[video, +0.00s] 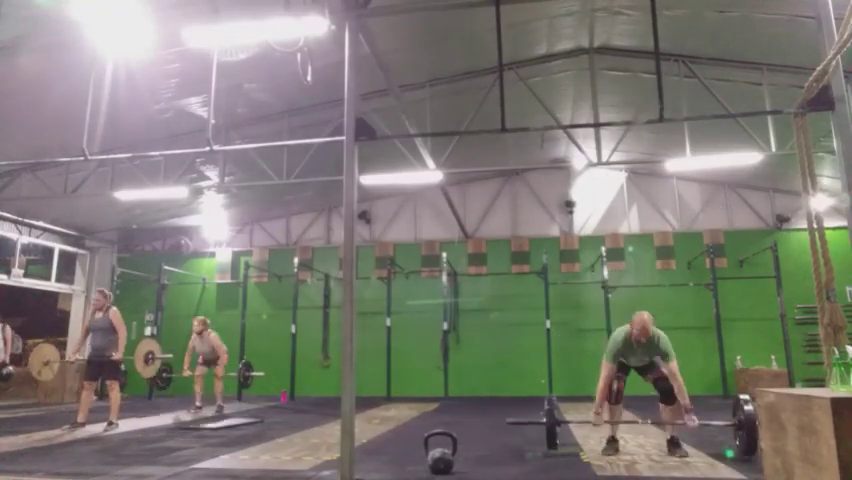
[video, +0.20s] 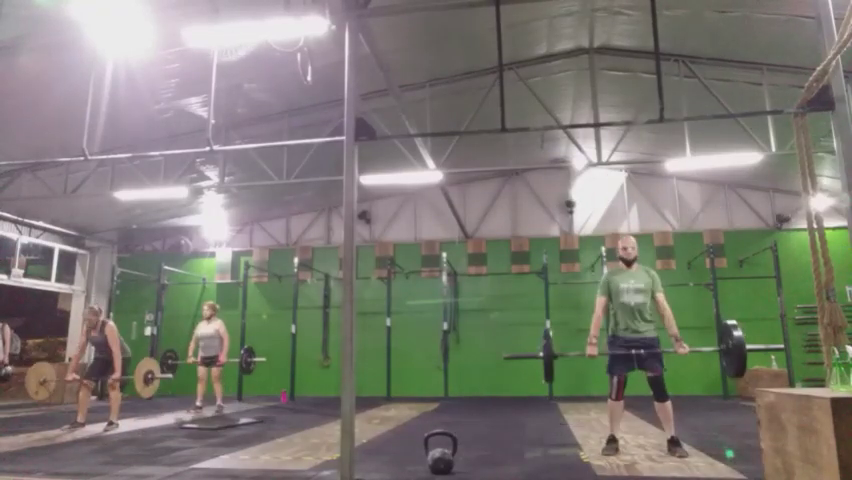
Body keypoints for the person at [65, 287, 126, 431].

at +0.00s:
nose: (94, 302)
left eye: (98, 300)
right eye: (94, 300)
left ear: (106, 301)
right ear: (94, 300)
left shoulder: (112, 312)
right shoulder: (93, 314)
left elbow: (122, 331)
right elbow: (85, 333)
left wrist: (120, 352)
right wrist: (76, 351)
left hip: (110, 355)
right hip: (94, 355)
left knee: (113, 385)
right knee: (88, 386)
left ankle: (113, 420)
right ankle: (80, 420)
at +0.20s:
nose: (87, 322)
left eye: (90, 319)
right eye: (86, 319)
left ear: (98, 318)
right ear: (85, 318)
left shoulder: (109, 327)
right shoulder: (87, 328)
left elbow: (116, 350)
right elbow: (80, 349)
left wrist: (117, 372)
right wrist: (71, 371)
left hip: (118, 357)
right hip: (101, 357)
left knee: (113, 384)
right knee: (86, 384)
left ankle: (113, 420)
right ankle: (80, 420)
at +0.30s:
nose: (85, 339)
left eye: (87, 336)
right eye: (83, 336)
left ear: (96, 333)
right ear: (82, 335)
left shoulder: (108, 340)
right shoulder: (85, 342)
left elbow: (114, 364)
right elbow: (77, 363)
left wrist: (114, 386)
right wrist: (67, 386)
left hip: (121, 364)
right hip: (102, 365)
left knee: (110, 385)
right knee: (81, 386)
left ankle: (113, 421)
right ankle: (80, 421)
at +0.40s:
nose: (85, 349)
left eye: (87, 347)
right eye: (83, 347)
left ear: (95, 344)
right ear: (81, 346)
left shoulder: (107, 352)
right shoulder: (85, 353)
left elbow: (113, 377)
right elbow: (76, 374)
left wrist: (113, 399)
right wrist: (65, 398)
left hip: (120, 374)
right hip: (100, 375)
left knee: (105, 388)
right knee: (77, 388)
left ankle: (112, 421)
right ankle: (80, 420)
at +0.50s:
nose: (85, 347)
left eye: (88, 345)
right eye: (84, 345)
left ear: (96, 343)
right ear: (82, 344)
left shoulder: (108, 351)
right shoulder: (86, 351)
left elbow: (113, 376)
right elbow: (77, 374)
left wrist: (114, 399)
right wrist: (66, 397)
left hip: (120, 373)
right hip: (100, 373)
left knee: (105, 387)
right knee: (78, 387)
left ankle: (112, 421)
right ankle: (80, 421)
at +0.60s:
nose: (90, 323)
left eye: (92, 320)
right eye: (89, 320)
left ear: (100, 321)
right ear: (89, 320)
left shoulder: (110, 331)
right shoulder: (90, 332)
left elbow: (117, 354)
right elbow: (82, 353)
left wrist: (117, 377)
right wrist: (73, 374)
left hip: (119, 360)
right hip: (101, 360)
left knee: (112, 385)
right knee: (83, 385)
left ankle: (113, 420)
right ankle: (80, 420)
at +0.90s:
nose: (87, 335)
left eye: (89, 332)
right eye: (85, 332)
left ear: (98, 330)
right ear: (85, 331)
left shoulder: (109, 338)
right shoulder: (88, 339)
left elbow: (115, 363)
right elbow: (79, 361)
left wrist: (115, 386)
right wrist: (68, 384)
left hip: (122, 363)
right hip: (103, 364)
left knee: (110, 385)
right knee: (83, 386)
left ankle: (113, 421)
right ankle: (80, 421)